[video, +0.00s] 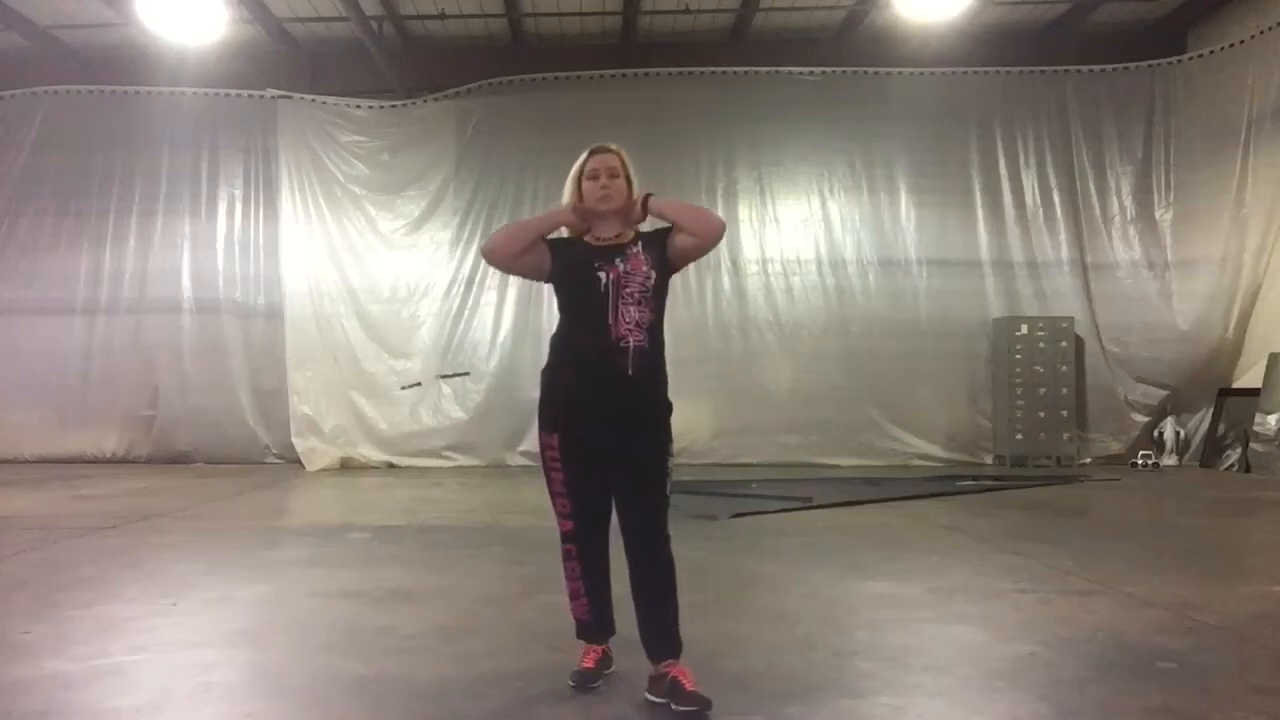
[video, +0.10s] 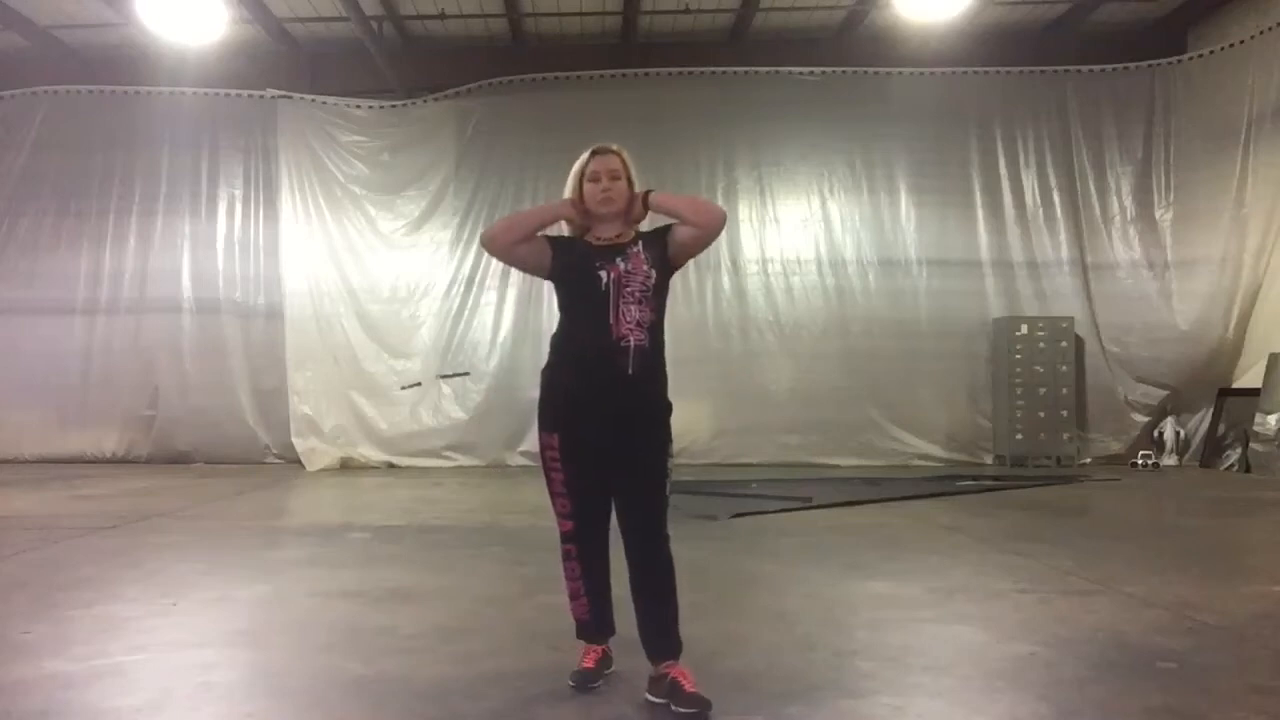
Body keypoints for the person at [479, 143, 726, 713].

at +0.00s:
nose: (603, 183)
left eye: (613, 175)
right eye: (592, 176)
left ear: (631, 190)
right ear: (577, 191)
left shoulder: (657, 252)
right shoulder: (561, 257)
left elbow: (711, 228)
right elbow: (494, 250)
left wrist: (651, 203)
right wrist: (560, 216)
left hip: (641, 414)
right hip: (571, 416)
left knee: (650, 538)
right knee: (582, 536)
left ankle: (666, 662)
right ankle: (594, 646)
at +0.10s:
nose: (603, 186)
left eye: (614, 178)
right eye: (593, 179)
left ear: (632, 191)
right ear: (578, 193)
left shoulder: (657, 249)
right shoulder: (562, 256)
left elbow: (713, 219)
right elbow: (495, 239)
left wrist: (650, 199)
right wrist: (560, 208)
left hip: (641, 414)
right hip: (571, 415)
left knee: (649, 538)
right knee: (582, 536)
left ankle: (666, 662)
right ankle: (594, 646)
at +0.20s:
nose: (605, 189)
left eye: (615, 180)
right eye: (594, 182)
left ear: (633, 192)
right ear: (579, 194)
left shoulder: (657, 249)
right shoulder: (562, 254)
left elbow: (713, 208)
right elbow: (495, 227)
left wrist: (649, 195)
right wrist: (565, 201)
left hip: (640, 415)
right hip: (571, 416)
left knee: (649, 539)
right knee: (581, 536)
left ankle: (666, 663)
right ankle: (594, 647)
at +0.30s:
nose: (605, 194)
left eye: (615, 184)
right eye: (594, 185)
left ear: (633, 192)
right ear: (579, 196)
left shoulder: (657, 248)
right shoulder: (562, 253)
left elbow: (713, 195)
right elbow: (494, 213)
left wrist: (650, 191)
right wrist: (564, 196)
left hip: (639, 416)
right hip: (569, 417)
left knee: (648, 539)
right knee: (581, 537)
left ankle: (666, 663)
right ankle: (594, 647)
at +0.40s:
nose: (607, 198)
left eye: (616, 188)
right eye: (596, 189)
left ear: (634, 194)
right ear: (579, 197)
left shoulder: (656, 246)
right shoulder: (562, 251)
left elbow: (711, 187)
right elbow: (497, 203)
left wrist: (649, 180)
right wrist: (558, 188)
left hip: (638, 415)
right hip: (568, 417)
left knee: (647, 539)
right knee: (580, 537)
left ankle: (665, 663)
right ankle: (594, 645)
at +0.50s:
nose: (606, 199)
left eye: (615, 189)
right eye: (595, 190)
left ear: (633, 194)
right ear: (578, 198)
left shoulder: (655, 247)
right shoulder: (561, 251)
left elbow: (710, 183)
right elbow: (498, 198)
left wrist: (646, 183)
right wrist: (559, 189)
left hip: (637, 416)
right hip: (567, 417)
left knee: (647, 540)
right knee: (580, 538)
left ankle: (665, 663)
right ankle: (593, 645)